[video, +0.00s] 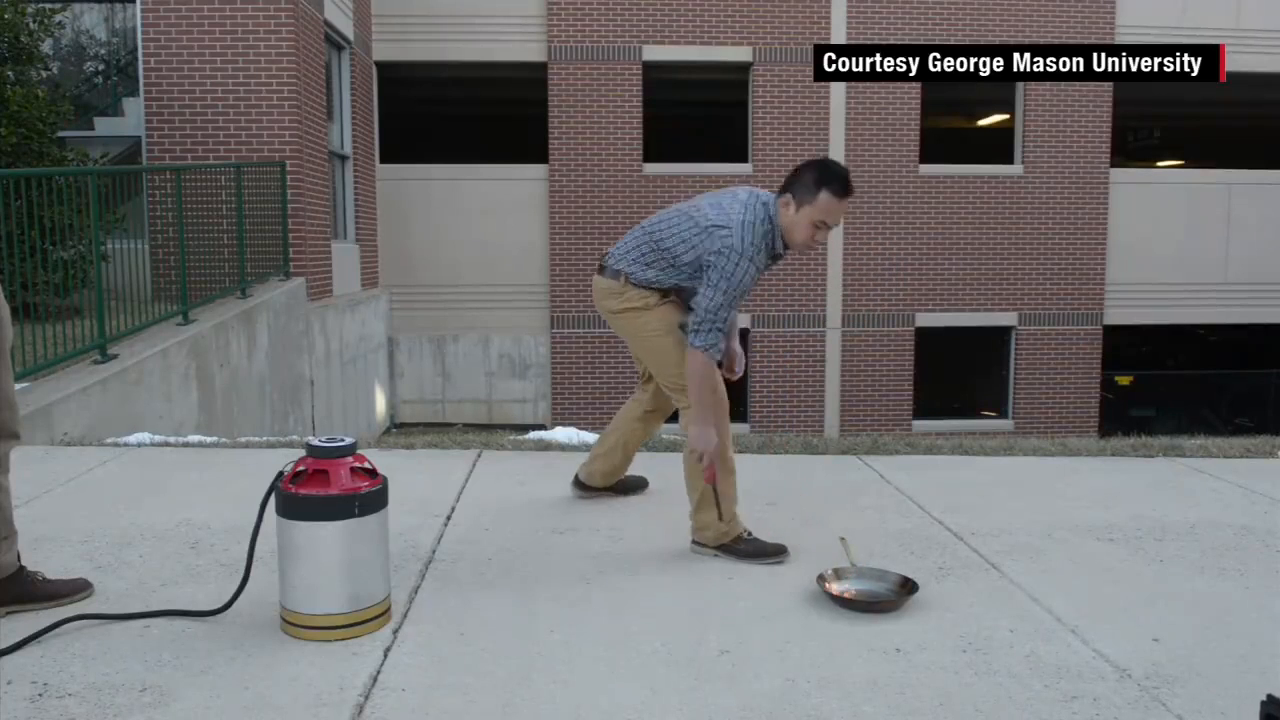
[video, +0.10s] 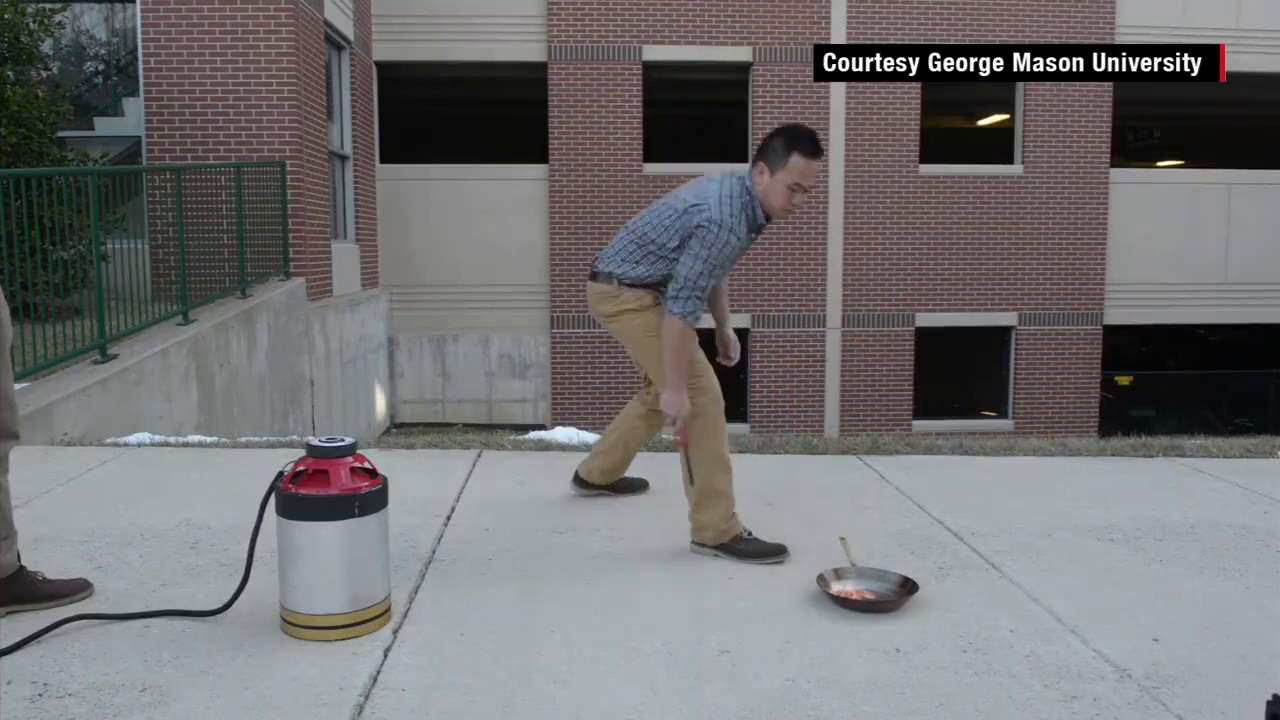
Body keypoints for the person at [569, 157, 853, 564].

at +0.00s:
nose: (822, 238)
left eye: (830, 229)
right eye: (819, 225)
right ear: (788, 204)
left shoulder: (765, 219)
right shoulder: (741, 239)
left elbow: (728, 282)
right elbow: (703, 337)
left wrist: (730, 334)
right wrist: (701, 422)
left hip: (660, 285)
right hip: (630, 288)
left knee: (665, 388)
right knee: (707, 399)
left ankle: (597, 473)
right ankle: (716, 530)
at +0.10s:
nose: (798, 201)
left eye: (805, 192)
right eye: (793, 188)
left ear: (763, 174)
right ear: (761, 172)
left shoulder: (743, 205)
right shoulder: (724, 218)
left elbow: (713, 271)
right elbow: (679, 307)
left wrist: (723, 328)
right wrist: (674, 389)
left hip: (650, 286)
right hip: (623, 290)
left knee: (668, 386)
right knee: (701, 394)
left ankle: (598, 471)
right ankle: (716, 529)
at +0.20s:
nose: (750, 150)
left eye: (756, 141)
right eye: (744, 138)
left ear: (753, 135)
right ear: (711, 126)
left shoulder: (706, 174)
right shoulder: (680, 177)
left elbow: (691, 248)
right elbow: (635, 255)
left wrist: (712, 303)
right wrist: (627, 329)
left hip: (649, 290)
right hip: (621, 292)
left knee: (662, 388)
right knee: (679, 396)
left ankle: (596, 473)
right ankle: (712, 526)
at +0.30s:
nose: (719, 125)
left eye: (726, 116)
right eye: (711, 113)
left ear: (728, 114)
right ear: (680, 104)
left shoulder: (682, 155)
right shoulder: (649, 153)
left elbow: (680, 231)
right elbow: (610, 228)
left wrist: (701, 283)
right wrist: (598, 303)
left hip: (644, 285)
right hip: (614, 286)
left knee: (657, 386)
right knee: (652, 391)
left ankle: (597, 472)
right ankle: (695, 512)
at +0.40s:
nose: (681, 99)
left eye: (687, 89)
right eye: (673, 86)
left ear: (690, 87)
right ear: (642, 78)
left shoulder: (660, 138)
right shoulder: (609, 128)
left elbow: (663, 210)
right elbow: (580, 203)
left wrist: (682, 266)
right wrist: (571, 275)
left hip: (632, 272)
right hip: (598, 269)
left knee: (646, 380)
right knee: (626, 378)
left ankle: (594, 472)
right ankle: (644, 499)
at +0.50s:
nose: (657, 84)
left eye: (664, 75)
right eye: (649, 72)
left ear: (666, 73)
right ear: (619, 65)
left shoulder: (646, 131)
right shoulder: (586, 116)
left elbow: (652, 204)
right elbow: (562, 189)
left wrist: (667, 262)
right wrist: (561, 260)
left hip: (622, 263)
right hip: (588, 260)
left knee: (633, 373)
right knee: (607, 368)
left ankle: (602, 471)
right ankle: (591, 485)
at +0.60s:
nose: (633, 74)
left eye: (638, 65)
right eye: (624, 63)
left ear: (640, 64)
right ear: (595, 58)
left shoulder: (627, 126)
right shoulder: (563, 110)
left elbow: (637, 197)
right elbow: (545, 184)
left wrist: (649, 256)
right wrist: (554, 252)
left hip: (610, 259)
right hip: (572, 254)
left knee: (618, 372)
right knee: (581, 366)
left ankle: (594, 474)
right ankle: (539, 471)